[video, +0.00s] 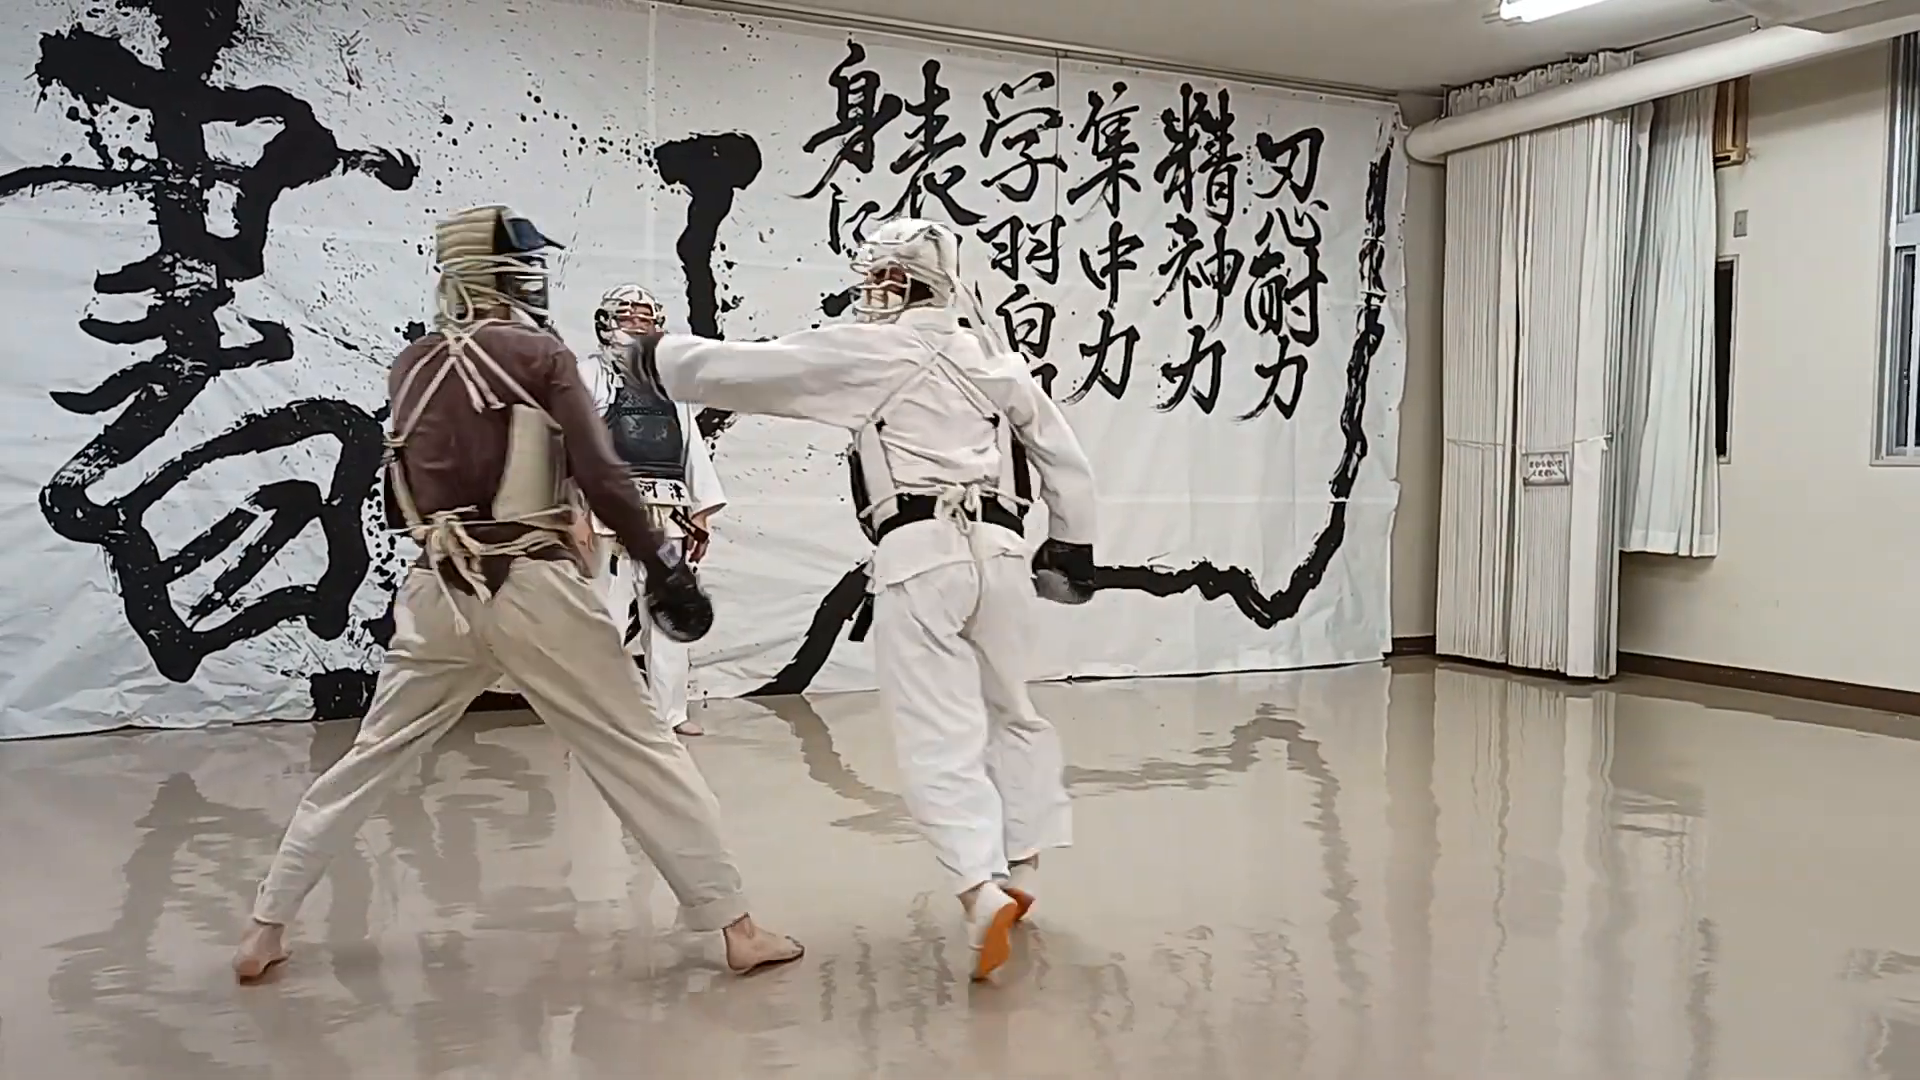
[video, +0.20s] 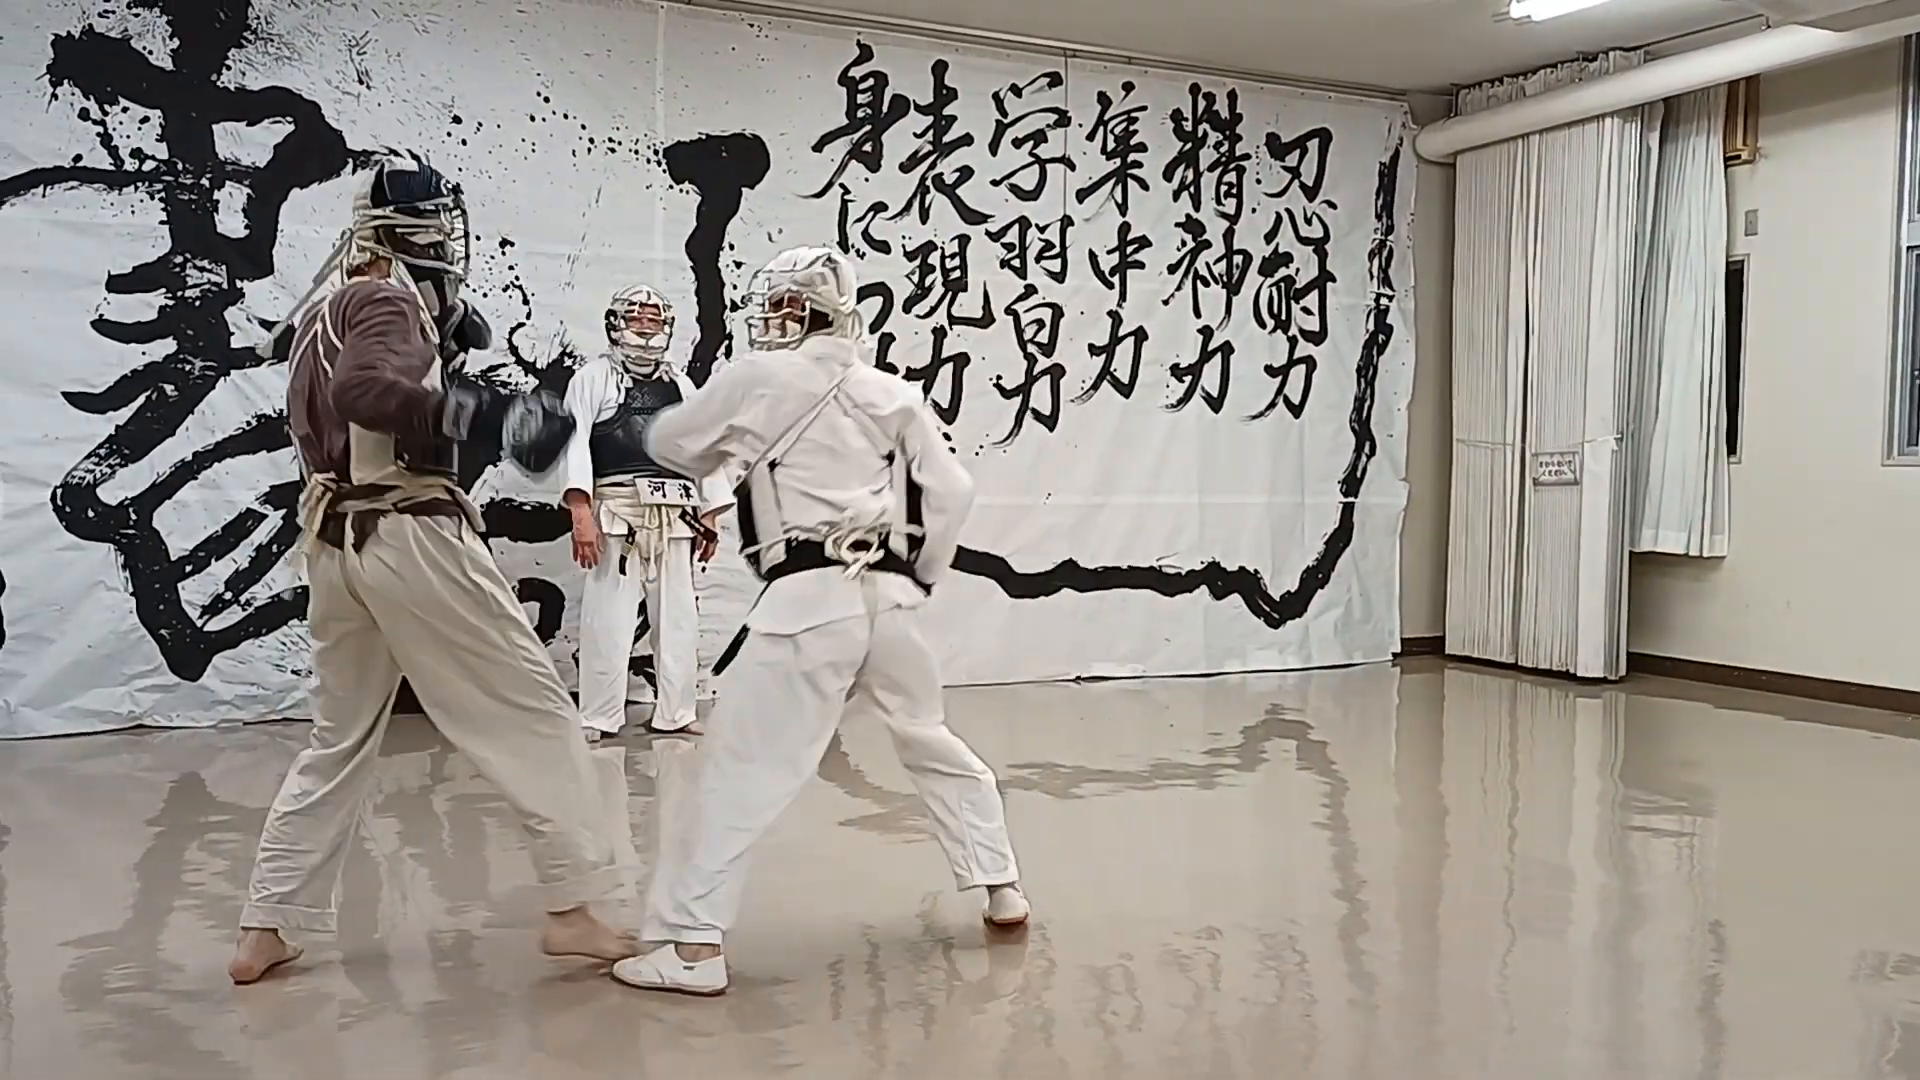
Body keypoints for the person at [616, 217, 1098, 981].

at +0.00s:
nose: (867, 293)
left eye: (879, 281)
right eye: (869, 280)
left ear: (911, 284)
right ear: (946, 287)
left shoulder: (874, 346)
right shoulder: (995, 358)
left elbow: (757, 368)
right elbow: (1066, 459)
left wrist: (657, 350)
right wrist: (1073, 549)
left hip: (919, 545)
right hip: (1004, 544)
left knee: (937, 732)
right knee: (1011, 714)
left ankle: (984, 890)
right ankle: (1019, 873)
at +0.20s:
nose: (771, 321)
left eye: (779, 310)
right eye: (772, 308)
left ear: (796, 312)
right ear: (846, 314)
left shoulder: (762, 375)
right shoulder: (893, 390)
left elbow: (670, 443)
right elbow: (952, 487)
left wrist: (725, 459)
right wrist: (919, 576)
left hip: (807, 602)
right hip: (893, 599)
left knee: (738, 762)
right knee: (931, 742)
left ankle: (695, 943)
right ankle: (1002, 888)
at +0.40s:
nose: (738, 323)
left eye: (750, 308)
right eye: (751, 309)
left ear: (779, 314)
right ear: (812, 320)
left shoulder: (785, 361)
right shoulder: (840, 390)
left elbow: (710, 271)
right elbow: (861, 502)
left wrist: (650, 195)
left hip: (784, 594)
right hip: (840, 595)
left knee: (694, 756)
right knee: (815, 733)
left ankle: (697, 941)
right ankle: (888, 861)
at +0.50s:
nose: (780, 315)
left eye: (792, 303)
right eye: (786, 301)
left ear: (811, 313)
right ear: (824, 316)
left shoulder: (816, 364)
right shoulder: (810, 379)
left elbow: (750, 271)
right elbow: (760, 496)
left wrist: (734, 203)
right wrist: (684, 497)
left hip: (795, 596)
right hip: (827, 593)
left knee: (703, 758)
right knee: (794, 722)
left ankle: (724, 935)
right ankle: (863, 858)